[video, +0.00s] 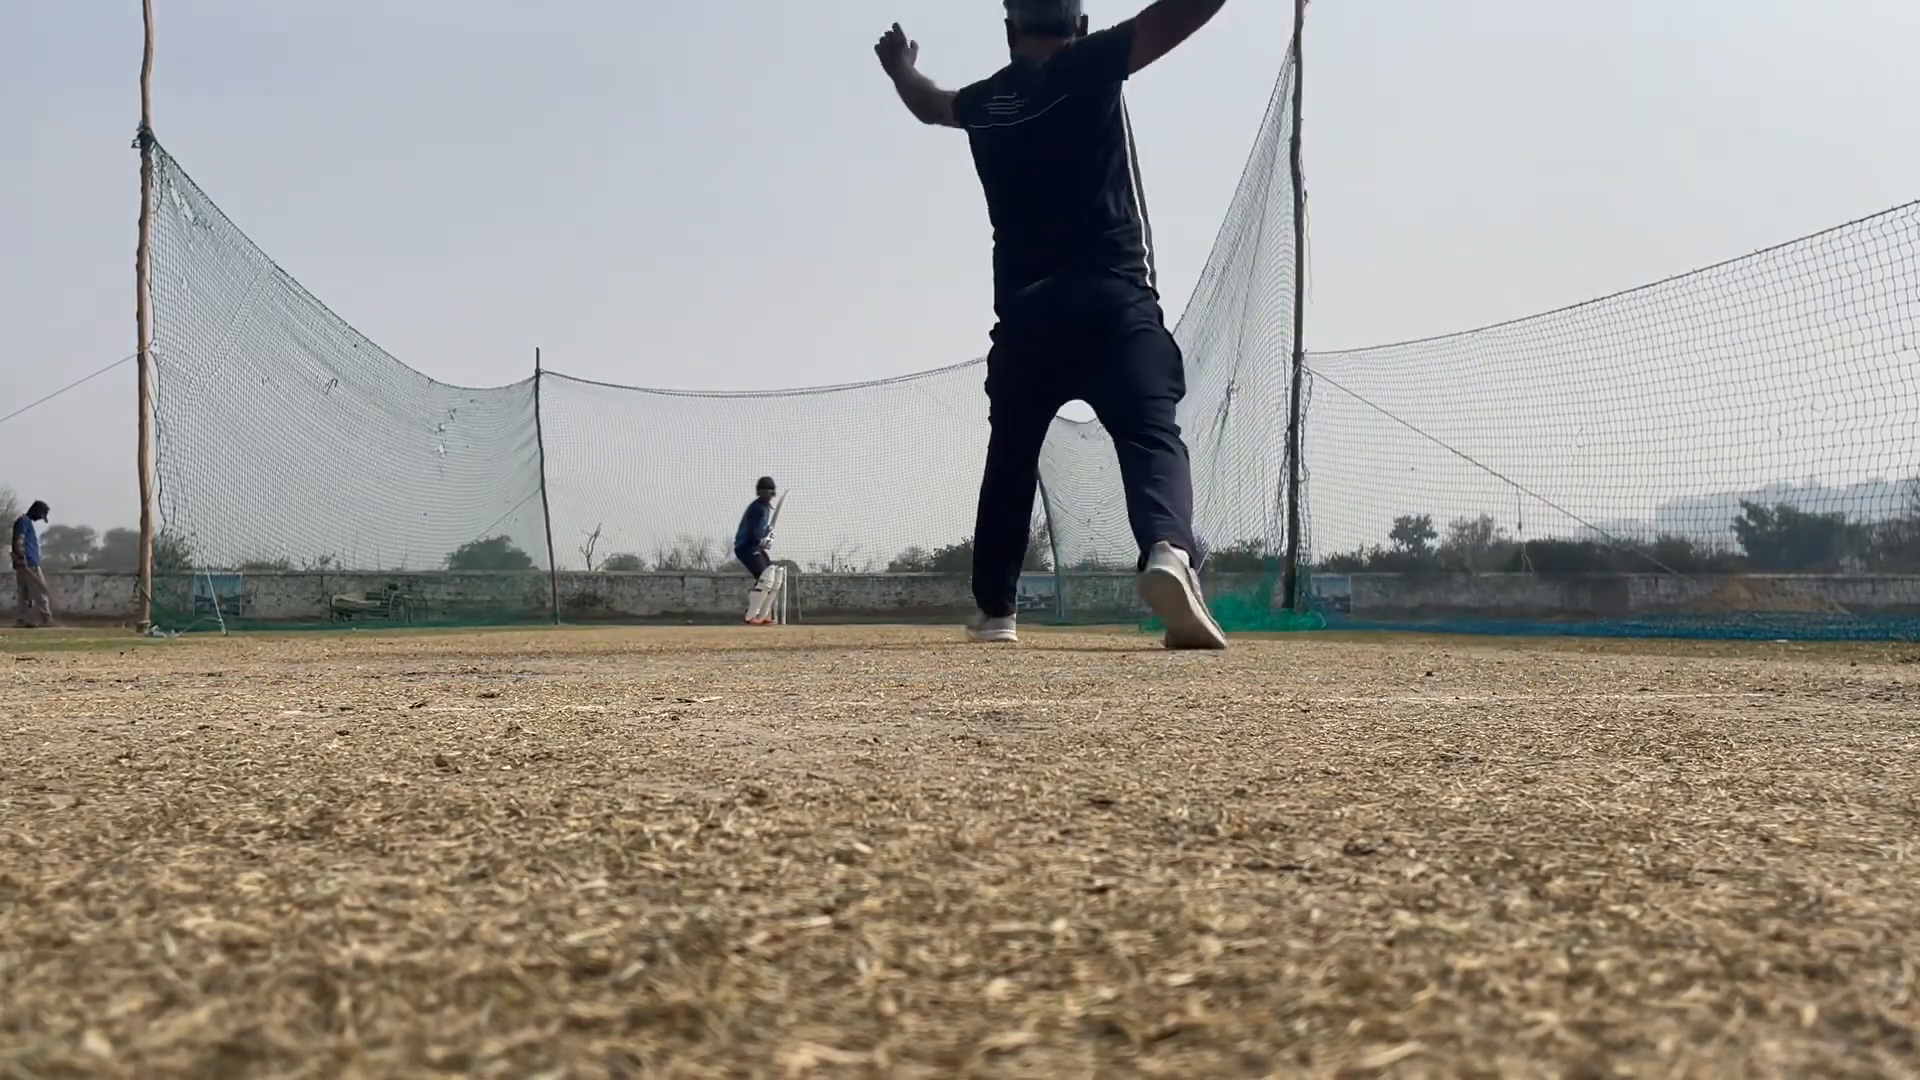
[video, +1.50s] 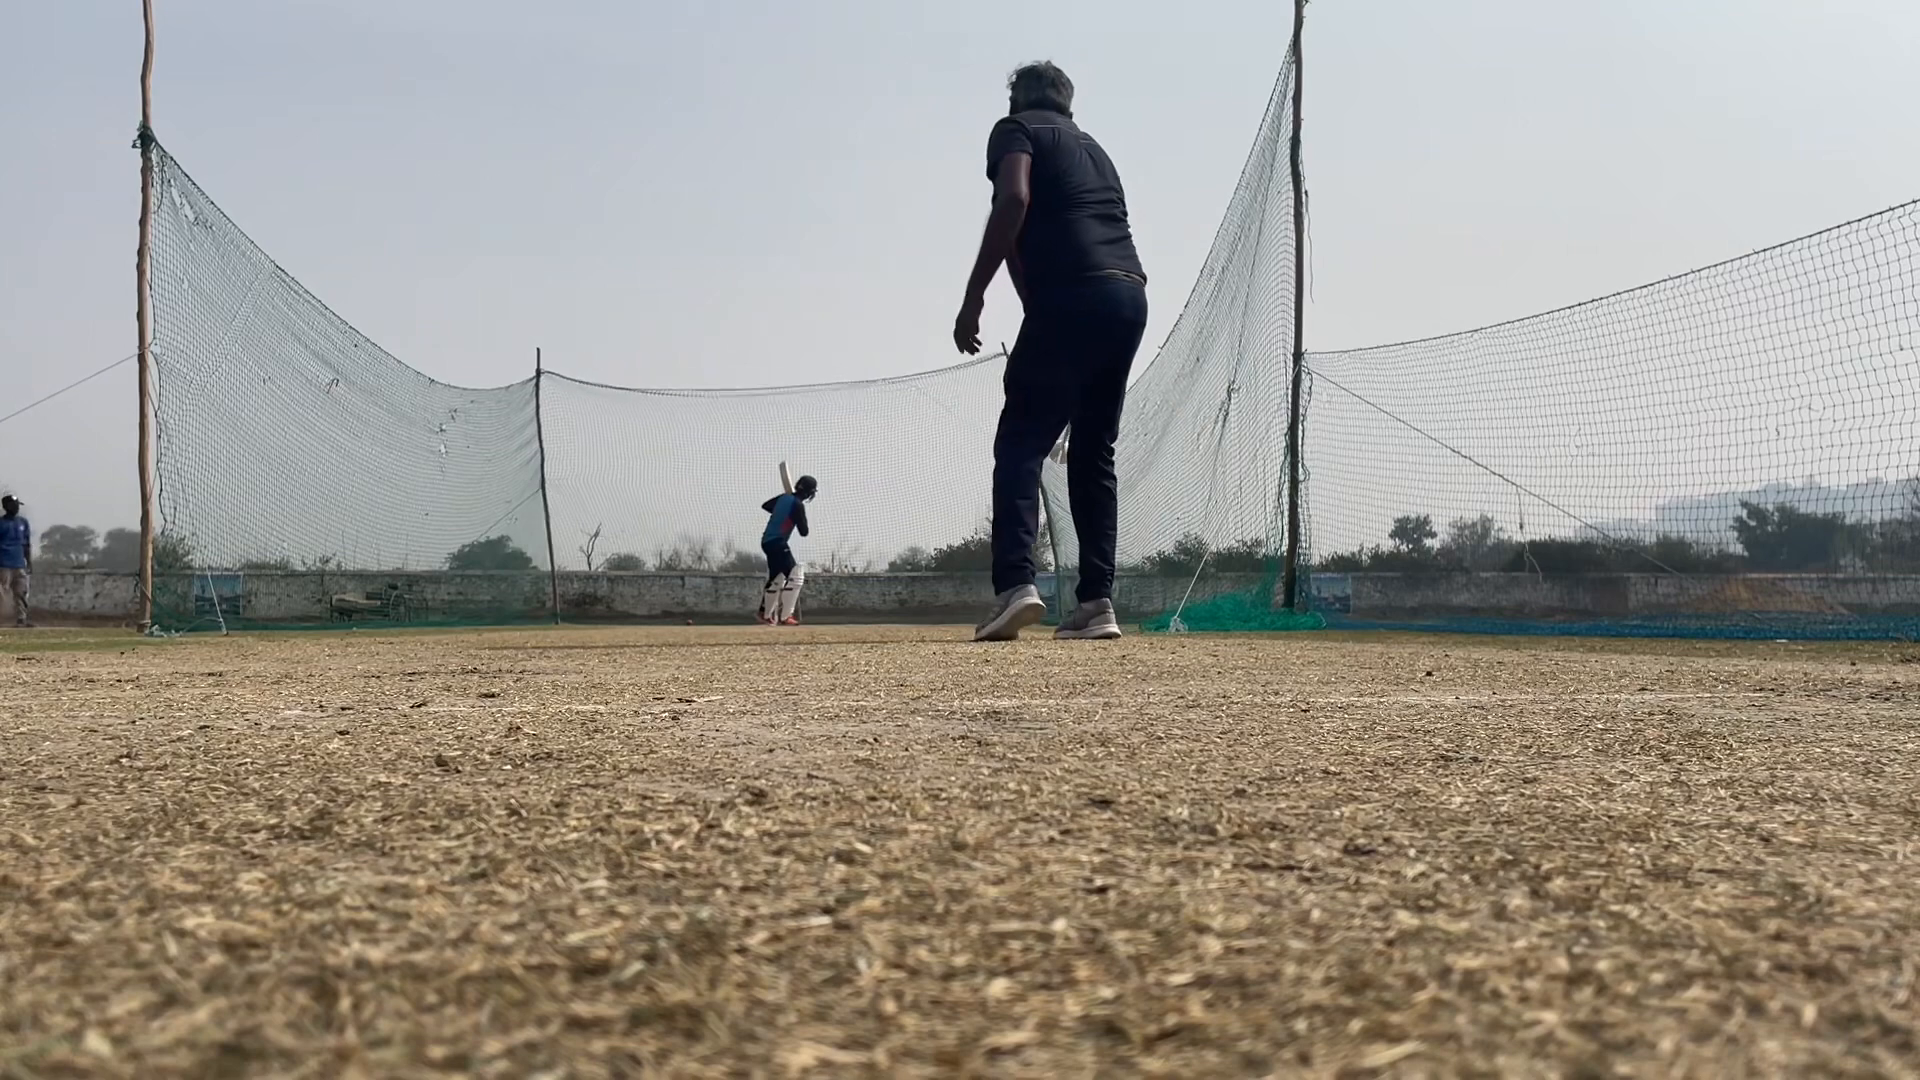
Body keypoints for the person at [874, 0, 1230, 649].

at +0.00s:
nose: (1082, 34)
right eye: (1080, 26)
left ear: (1011, 34)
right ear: (1077, 28)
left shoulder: (981, 100)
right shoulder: (1095, 59)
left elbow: (927, 102)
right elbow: (1192, 8)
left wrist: (900, 66)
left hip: (1024, 313)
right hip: (1114, 298)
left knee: (1010, 455)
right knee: (1151, 430)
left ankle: (995, 613)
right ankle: (1168, 555)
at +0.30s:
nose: (898, 183)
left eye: (896, 174)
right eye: (896, 175)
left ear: (905, 166)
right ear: (948, 155)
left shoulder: (916, 181)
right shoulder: (996, 187)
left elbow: (943, 239)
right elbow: (1002, 316)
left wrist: (941, 318)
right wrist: (953, 410)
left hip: (1023, 294)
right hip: (1100, 271)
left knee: (997, 454)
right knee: (1149, 418)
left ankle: (999, 610)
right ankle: (1144, 459)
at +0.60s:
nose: (884, 206)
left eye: (881, 195)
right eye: (884, 199)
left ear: (892, 181)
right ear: (914, 199)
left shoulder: (913, 161)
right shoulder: (957, 246)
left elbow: (807, 97)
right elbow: (959, 341)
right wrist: (905, 409)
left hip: (1036, 297)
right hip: (1102, 284)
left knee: (995, 450)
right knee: (1212, 379)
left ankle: (1001, 612)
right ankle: (1337, 274)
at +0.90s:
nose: (899, 153)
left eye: (898, 145)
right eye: (901, 145)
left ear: (905, 141)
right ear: (952, 130)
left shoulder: (911, 175)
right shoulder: (991, 159)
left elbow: (914, 277)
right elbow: (1022, 244)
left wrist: (918, 383)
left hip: (1026, 284)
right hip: (1090, 267)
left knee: (995, 452)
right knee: (1089, 418)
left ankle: (998, 601)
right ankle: (1178, 544)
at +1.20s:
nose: (948, 133)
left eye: (948, 125)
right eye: (952, 126)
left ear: (956, 120)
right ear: (1003, 119)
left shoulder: (961, 140)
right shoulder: (1041, 159)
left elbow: (989, 165)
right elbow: (1091, 255)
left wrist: (1007, 218)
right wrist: (1126, 359)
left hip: (1047, 302)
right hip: (1106, 298)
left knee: (994, 453)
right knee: (1079, 457)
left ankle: (997, 589)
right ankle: (1096, 604)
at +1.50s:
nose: (1010, 109)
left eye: (1012, 102)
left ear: (1016, 100)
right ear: (1067, 103)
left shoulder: (1017, 125)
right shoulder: (1091, 147)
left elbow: (1013, 200)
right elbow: (1100, 231)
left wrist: (972, 301)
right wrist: (1045, 303)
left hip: (1068, 299)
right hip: (1127, 296)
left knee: (1020, 445)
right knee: (1093, 452)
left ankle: (1016, 587)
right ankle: (1097, 604)